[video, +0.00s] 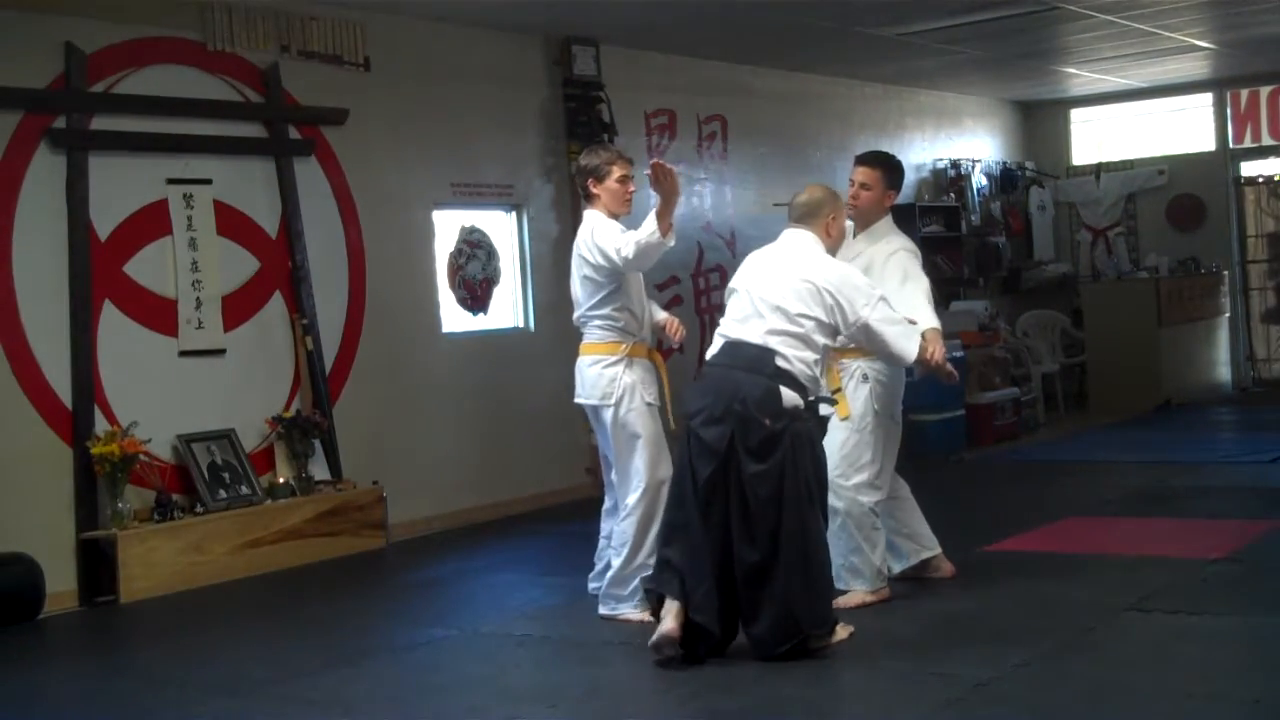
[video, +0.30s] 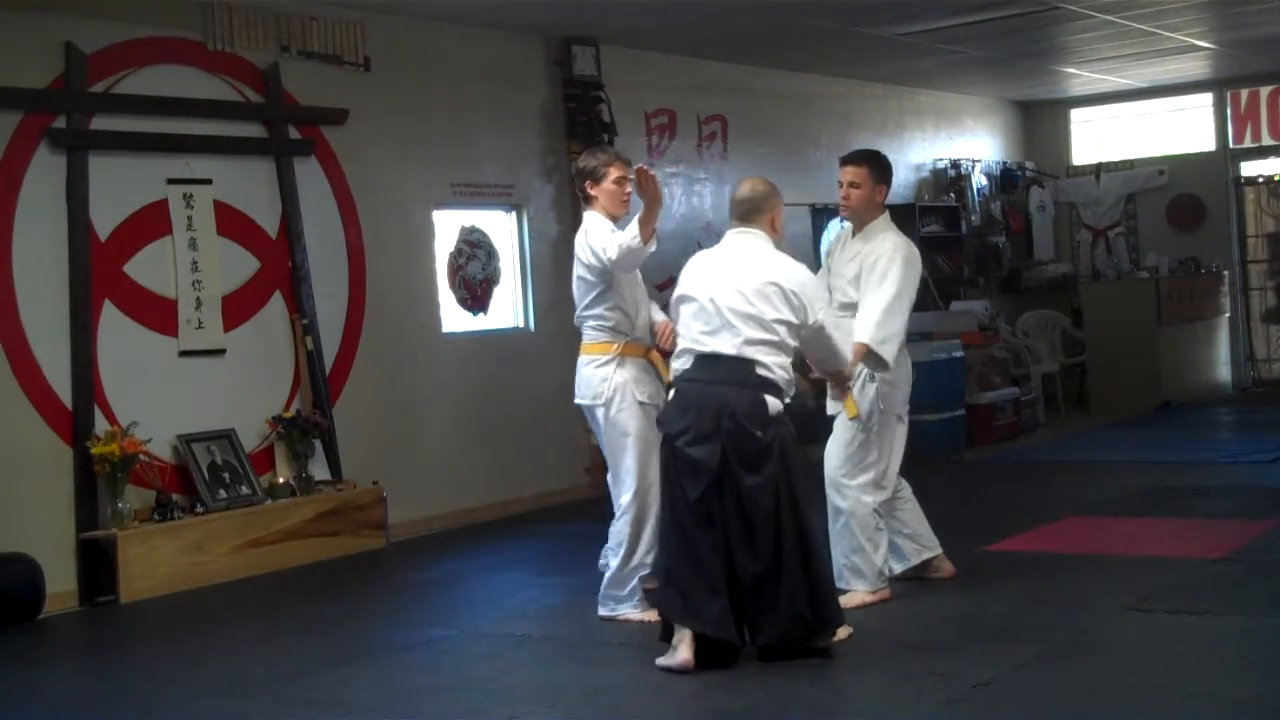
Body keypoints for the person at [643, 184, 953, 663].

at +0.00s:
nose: (847, 232)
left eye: (846, 224)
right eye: (845, 224)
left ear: (792, 221)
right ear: (831, 224)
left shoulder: (755, 259)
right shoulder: (837, 275)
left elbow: (736, 307)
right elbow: (895, 334)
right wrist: (930, 358)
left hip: (714, 378)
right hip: (777, 388)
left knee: (697, 501)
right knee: (797, 513)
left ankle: (674, 609)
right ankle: (811, 625)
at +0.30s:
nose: (784, 222)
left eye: (781, 215)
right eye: (783, 216)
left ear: (731, 218)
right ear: (775, 218)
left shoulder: (695, 265)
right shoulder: (791, 273)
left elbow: (682, 329)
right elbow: (823, 345)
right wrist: (839, 375)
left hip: (690, 400)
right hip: (758, 402)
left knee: (687, 520)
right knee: (785, 516)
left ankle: (685, 640)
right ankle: (814, 624)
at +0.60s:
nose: (720, 218)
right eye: (720, 211)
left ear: (669, 217)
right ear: (717, 214)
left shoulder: (641, 273)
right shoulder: (748, 268)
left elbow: (613, 355)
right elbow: (779, 345)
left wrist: (619, 420)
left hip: (663, 409)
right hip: (730, 407)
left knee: (667, 527)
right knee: (741, 519)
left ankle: (682, 645)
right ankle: (767, 627)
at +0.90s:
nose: (698, 208)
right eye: (696, 202)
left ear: (646, 214)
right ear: (694, 207)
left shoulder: (630, 263)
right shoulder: (733, 260)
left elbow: (600, 344)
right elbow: (767, 331)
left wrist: (590, 422)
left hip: (659, 406)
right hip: (728, 403)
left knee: (665, 527)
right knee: (743, 516)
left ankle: (680, 650)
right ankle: (765, 628)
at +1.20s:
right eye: (702, 208)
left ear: (654, 217)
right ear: (701, 212)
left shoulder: (636, 267)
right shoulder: (737, 263)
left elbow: (613, 347)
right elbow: (773, 339)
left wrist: (621, 399)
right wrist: (733, 357)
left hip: (665, 394)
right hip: (729, 392)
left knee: (669, 519)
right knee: (740, 512)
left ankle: (680, 648)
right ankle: (757, 629)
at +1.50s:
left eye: (695, 210)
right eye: (740, 213)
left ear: (692, 214)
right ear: (740, 215)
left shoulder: (663, 270)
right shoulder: (767, 267)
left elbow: (638, 352)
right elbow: (791, 347)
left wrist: (656, 405)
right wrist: (756, 361)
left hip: (688, 385)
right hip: (750, 384)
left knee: (690, 507)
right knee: (754, 506)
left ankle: (686, 612)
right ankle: (755, 625)